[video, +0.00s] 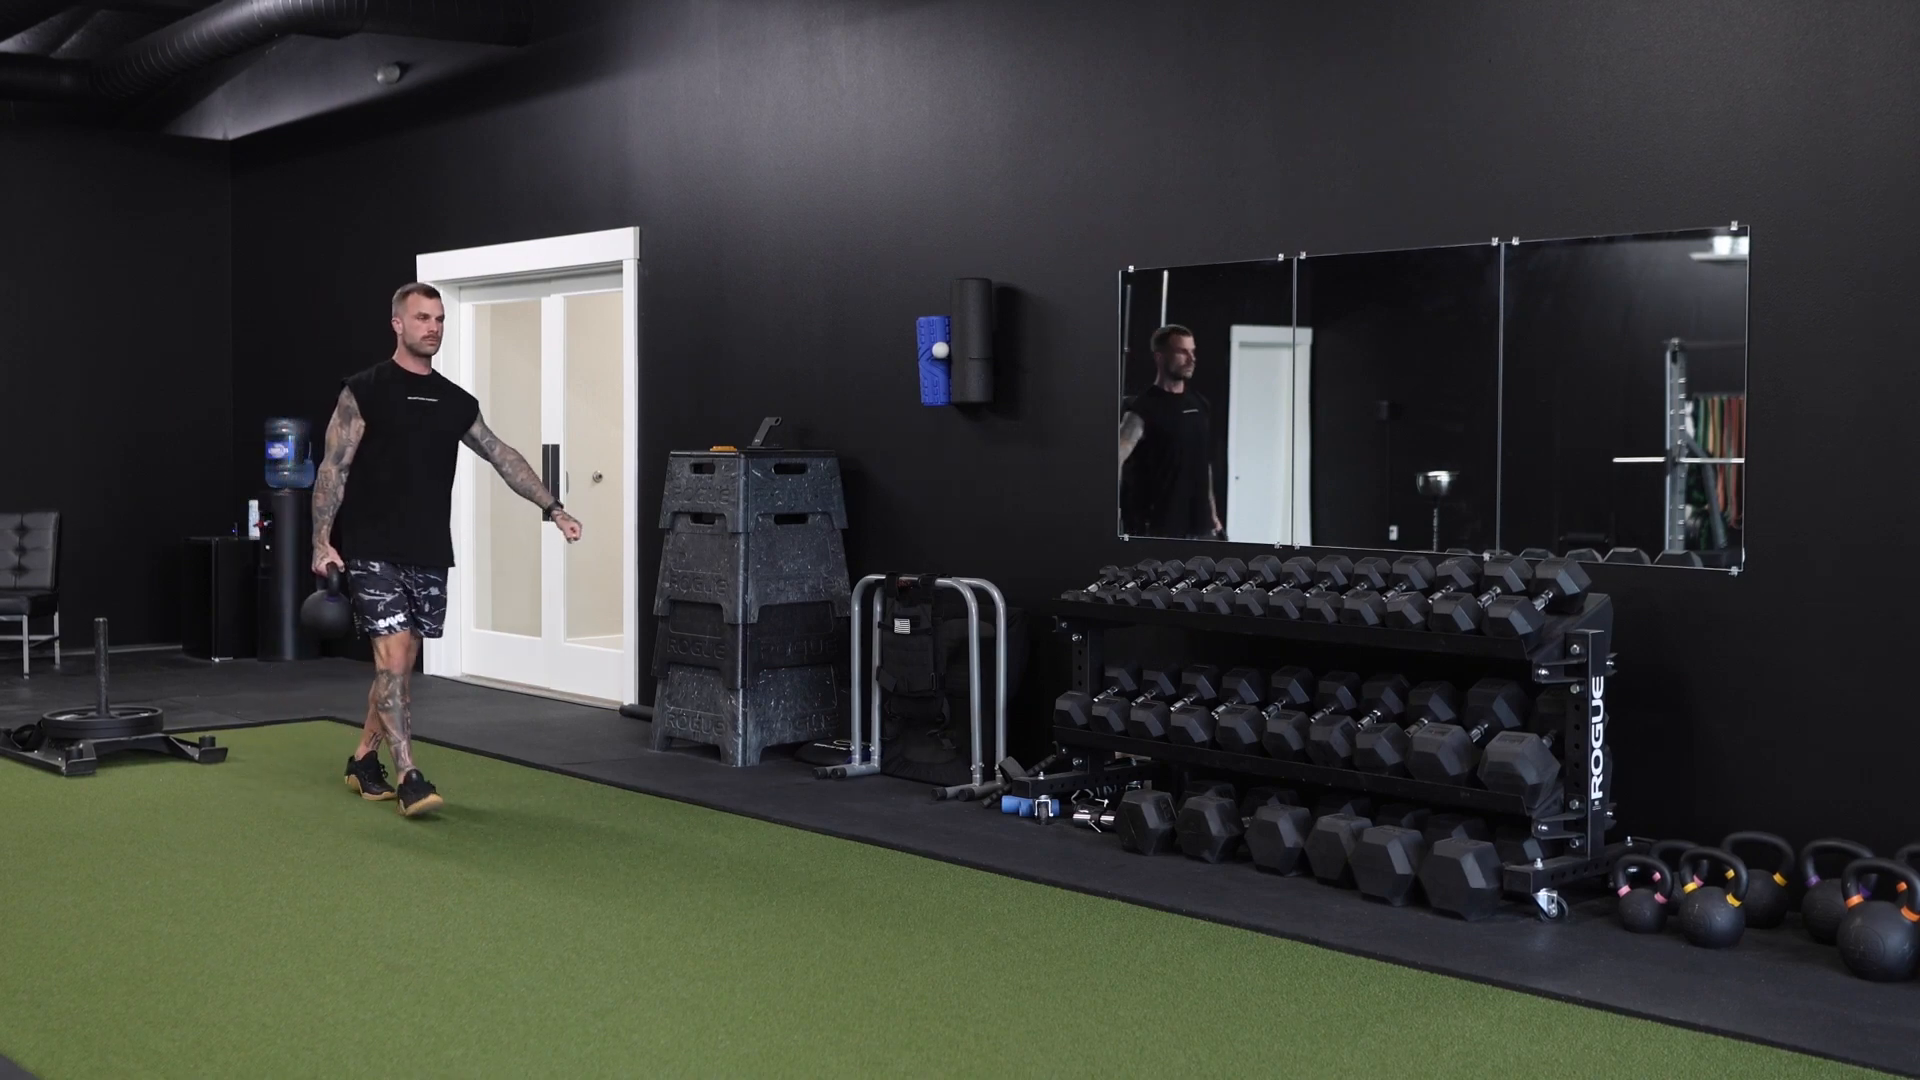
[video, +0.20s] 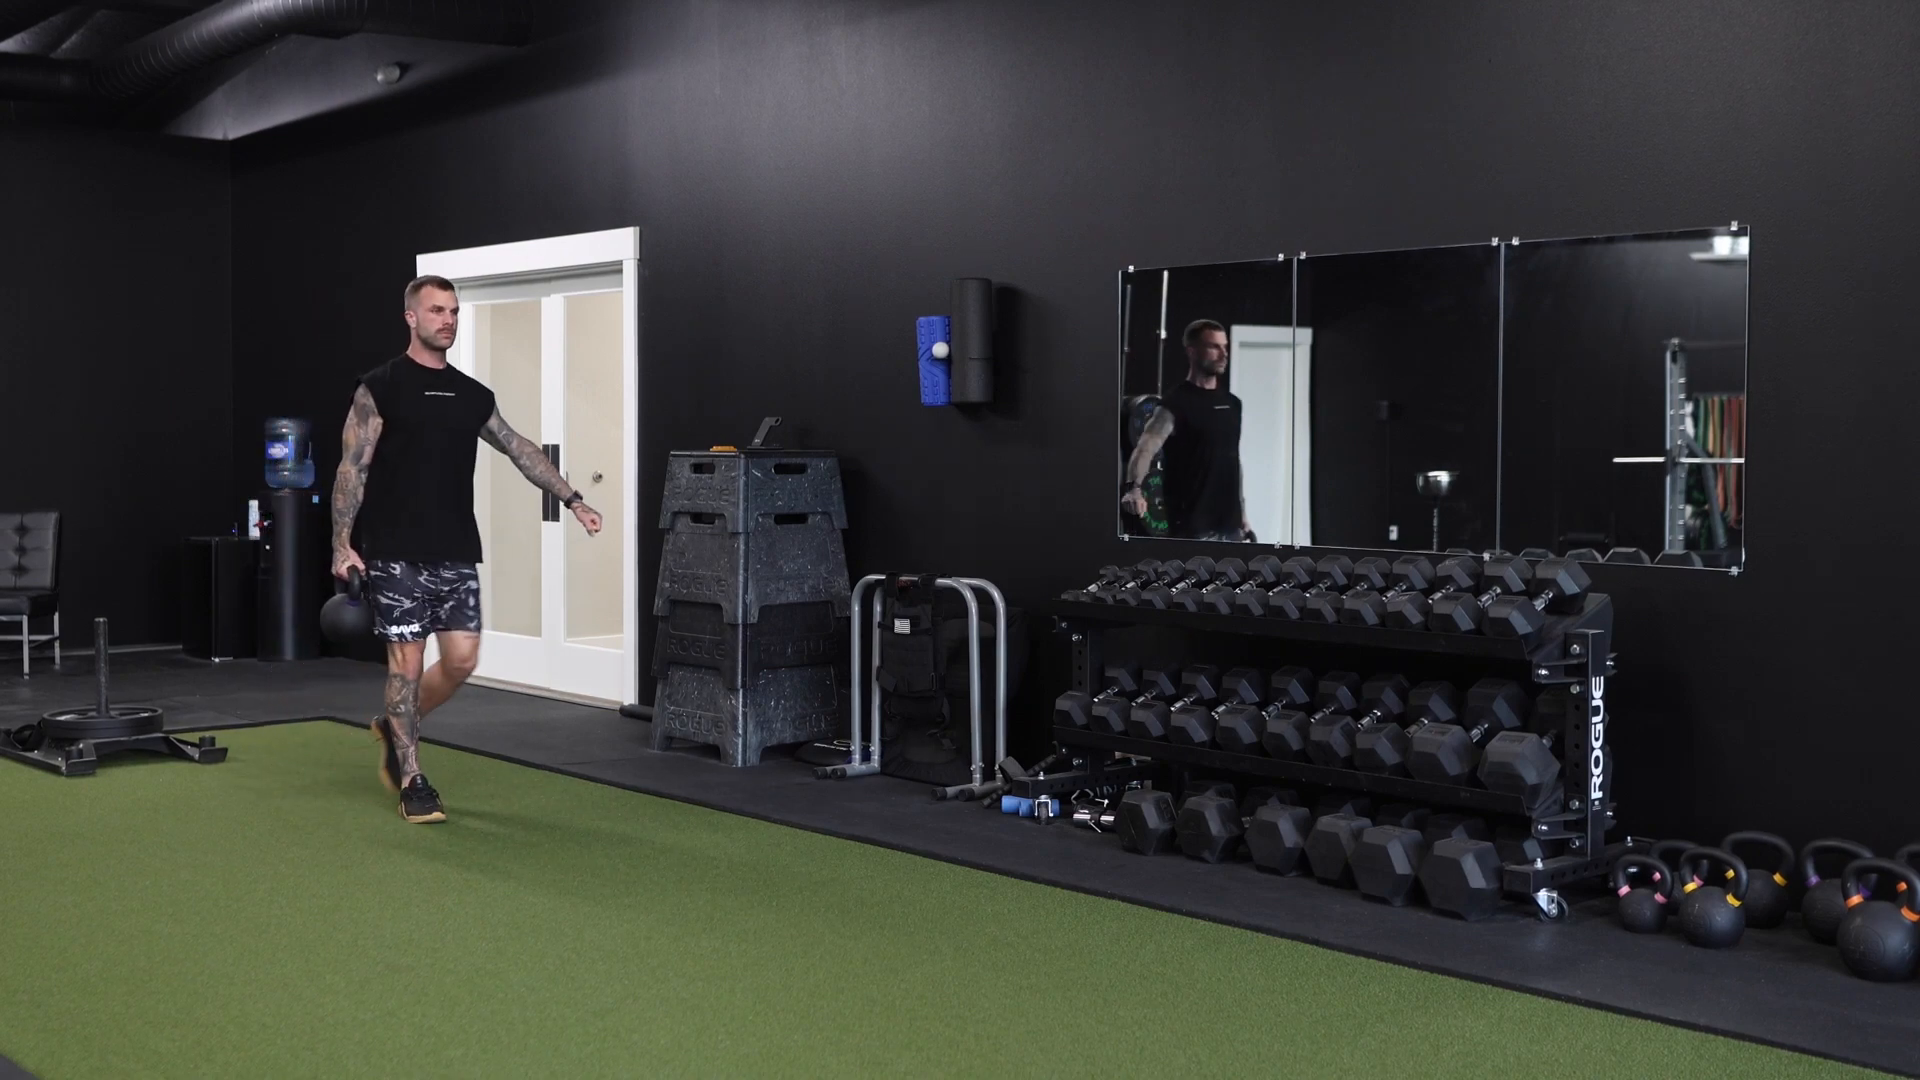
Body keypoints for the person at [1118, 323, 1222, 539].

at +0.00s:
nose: (1191, 359)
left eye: (1193, 352)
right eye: (1182, 352)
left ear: (1196, 354)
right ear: (1159, 357)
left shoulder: (1199, 406)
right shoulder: (1143, 407)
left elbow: (1204, 465)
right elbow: (1116, 458)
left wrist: (1211, 513)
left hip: (1194, 524)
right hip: (1152, 525)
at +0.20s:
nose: (1223, 354)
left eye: (1225, 347)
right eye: (1214, 347)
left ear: (1228, 350)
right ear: (1191, 351)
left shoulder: (1232, 404)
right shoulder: (1177, 402)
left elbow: (1232, 462)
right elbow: (1146, 448)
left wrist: (1241, 516)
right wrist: (1134, 487)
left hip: (1228, 524)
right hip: (1189, 524)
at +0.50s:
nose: (1262, 351)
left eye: (1264, 344)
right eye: (1253, 344)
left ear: (1267, 346)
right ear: (1229, 348)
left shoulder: (1270, 403)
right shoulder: (1216, 399)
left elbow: (1270, 461)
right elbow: (1184, 445)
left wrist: (1278, 513)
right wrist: (1169, 485)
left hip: (1259, 518)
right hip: (1224, 516)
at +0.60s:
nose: (1276, 353)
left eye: (1277, 346)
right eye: (1266, 346)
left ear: (1279, 348)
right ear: (1244, 349)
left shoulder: (1283, 404)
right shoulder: (1229, 401)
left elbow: (1287, 464)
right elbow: (1197, 448)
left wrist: (1296, 517)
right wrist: (1182, 488)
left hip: (1277, 521)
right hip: (1239, 520)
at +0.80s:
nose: (1307, 351)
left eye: (1309, 344)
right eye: (1298, 344)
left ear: (1313, 347)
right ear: (1273, 348)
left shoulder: (1313, 402)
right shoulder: (1257, 400)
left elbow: (1318, 466)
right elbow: (1226, 450)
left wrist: (1324, 521)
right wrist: (1212, 492)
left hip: (1310, 529)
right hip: (1269, 528)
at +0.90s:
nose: (1323, 349)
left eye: (1324, 343)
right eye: (1313, 343)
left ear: (1327, 345)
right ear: (1290, 345)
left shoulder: (1327, 401)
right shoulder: (1272, 398)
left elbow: (1330, 467)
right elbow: (1242, 447)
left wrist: (1337, 522)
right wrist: (1227, 489)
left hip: (1327, 532)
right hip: (1284, 534)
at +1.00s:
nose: (1338, 349)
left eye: (1340, 342)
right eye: (1329, 342)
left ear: (1342, 344)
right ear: (1304, 345)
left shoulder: (1340, 400)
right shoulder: (1286, 398)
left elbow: (1339, 463)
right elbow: (1257, 447)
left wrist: (1349, 516)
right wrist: (1243, 488)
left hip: (1343, 527)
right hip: (1300, 531)